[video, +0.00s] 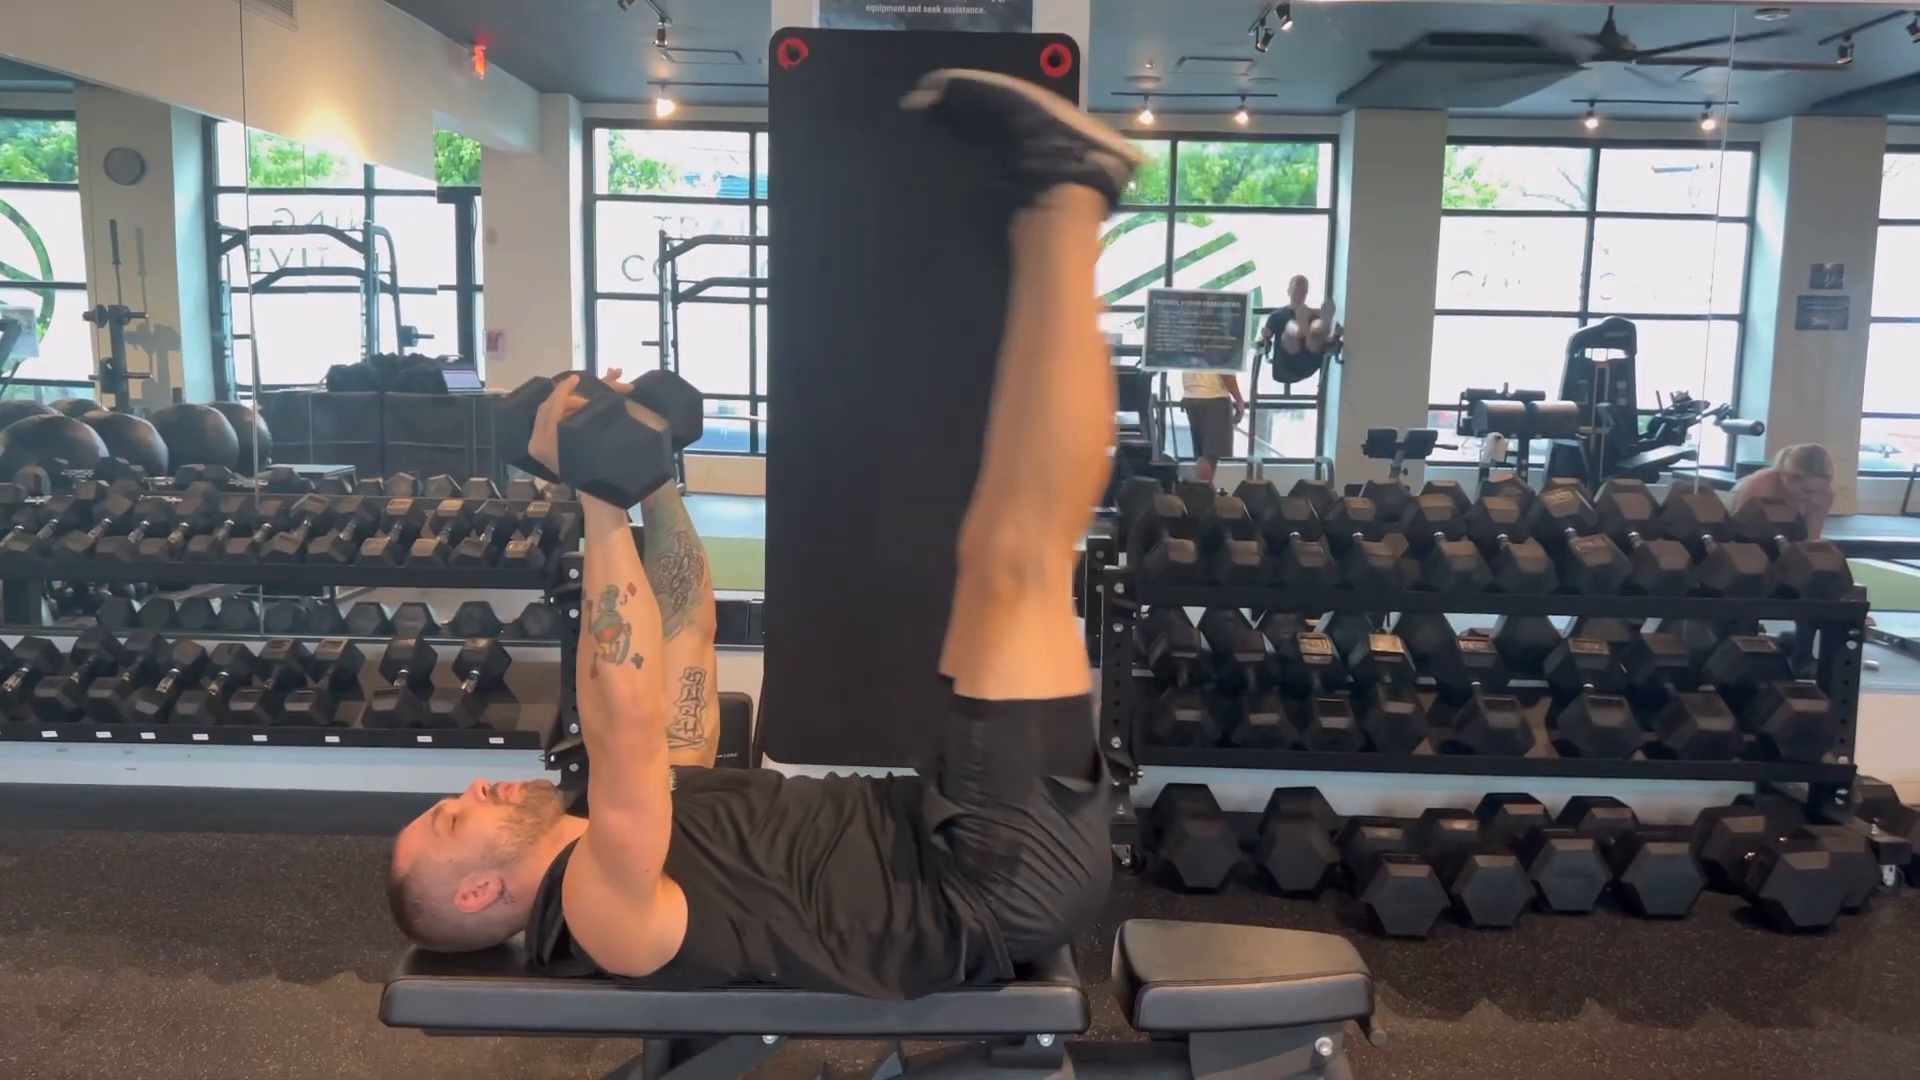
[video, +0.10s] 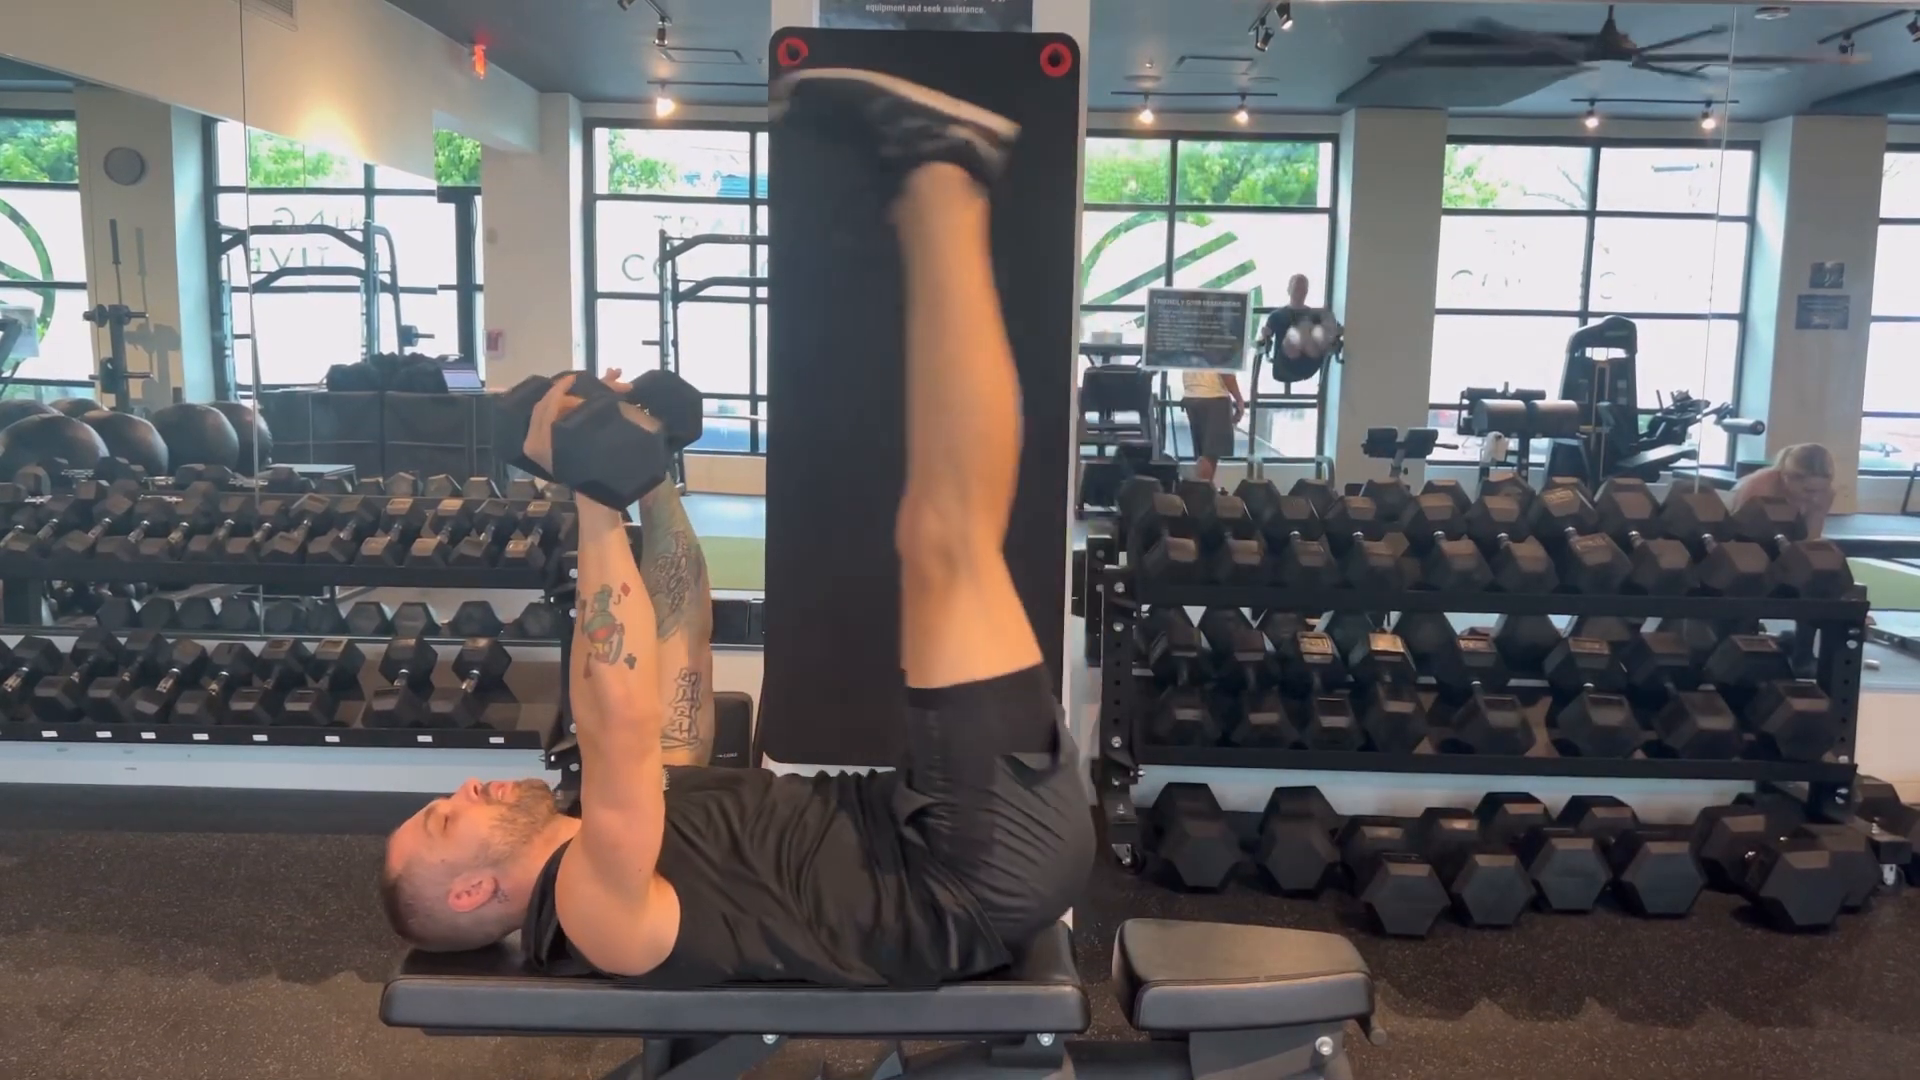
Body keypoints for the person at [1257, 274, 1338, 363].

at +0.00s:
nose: (1299, 294)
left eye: (1302, 291)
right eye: (1296, 290)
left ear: (1306, 292)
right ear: (1289, 292)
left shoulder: (1316, 315)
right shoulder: (1278, 316)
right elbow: (1264, 337)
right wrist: (1264, 341)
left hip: (1309, 366)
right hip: (1285, 367)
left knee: (1317, 325)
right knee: (1291, 328)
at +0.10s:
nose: (1299, 293)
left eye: (1302, 289)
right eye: (1296, 289)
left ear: (1306, 291)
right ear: (1289, 290)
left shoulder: (1316, 315)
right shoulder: (1278, 315)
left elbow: (1338, 330)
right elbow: (1265, 334)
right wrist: (1264, 340)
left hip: (1309, 367)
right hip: (1284, 368)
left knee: (1318, 331)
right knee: (1293, 334)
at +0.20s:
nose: (1299, 292)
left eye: (1302, 288)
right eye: (1295, 288)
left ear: (1306, 290)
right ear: (1288, 290)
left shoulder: (1315, 316)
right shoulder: (1278, 315)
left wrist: (1335, 335)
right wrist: (1264, 336)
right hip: (1284, 367)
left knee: (1317, 342)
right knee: (1293, 344)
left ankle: (1324, 356)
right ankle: (1305, 360)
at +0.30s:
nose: (1297, 292)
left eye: (1300, 287)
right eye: (1294, 288)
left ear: (1305, 289)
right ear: (1288, 290)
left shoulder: (1314, 315)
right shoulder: (1277, 314)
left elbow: (1327, 340)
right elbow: (1263, 344)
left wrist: (1335, 335)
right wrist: (1265, 335)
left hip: (1308, 361)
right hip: (1284, 361)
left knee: (1317, 356)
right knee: (1294, 355)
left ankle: (1324, 387)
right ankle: (1305, 389)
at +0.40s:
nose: (1298, 292)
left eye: (1301, 288)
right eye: (1294, 288)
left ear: (1305, 289)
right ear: (1287, 290)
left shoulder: (1314, 315)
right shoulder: (1277, 315)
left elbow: (1326, 338)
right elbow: (1264, 341)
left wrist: (1336, 333)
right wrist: (1265, 334)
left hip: (1308, 358)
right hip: (1285, 359)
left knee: (1316, 372)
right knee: (1294, 374)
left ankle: (1319, 416)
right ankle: (1302, 417)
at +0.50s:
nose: (1298, 286)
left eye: (1300, 284)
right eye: (1294, 284)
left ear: (1305, 288)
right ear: (1287, 289)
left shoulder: (1314, 314)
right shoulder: (1277, 314)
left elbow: (1326, 338)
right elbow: (1262, 341)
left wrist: (1336, 334)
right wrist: (1264, 335)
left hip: (1308, 359)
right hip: (1286, 360)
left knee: (1314, 387)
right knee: (1293, 390)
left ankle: (1314, 435)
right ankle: (1296, 437)